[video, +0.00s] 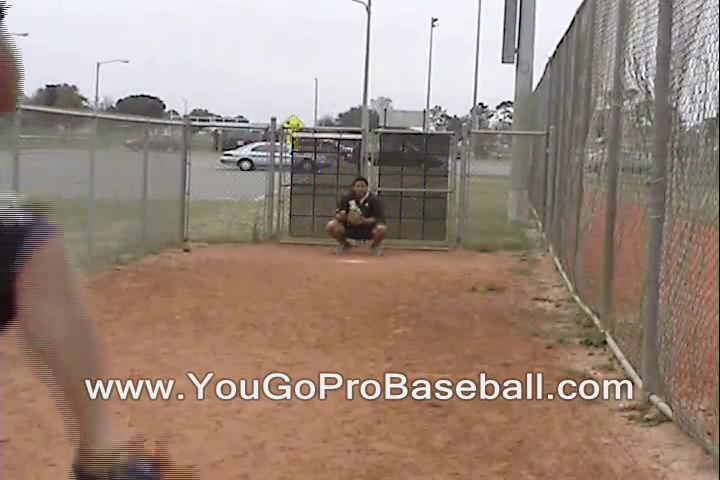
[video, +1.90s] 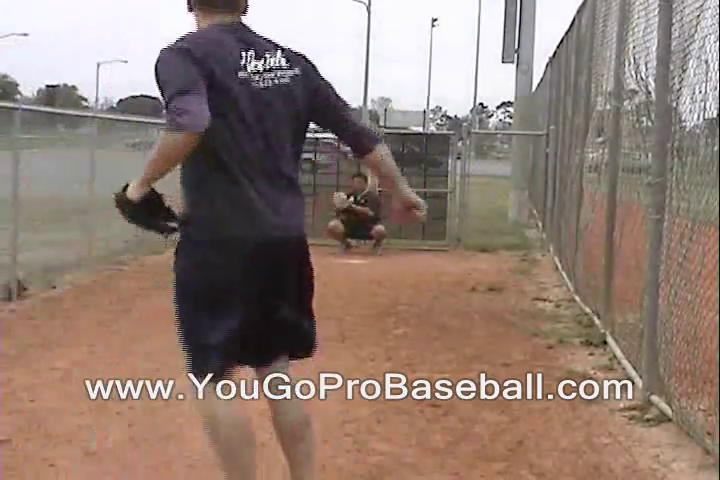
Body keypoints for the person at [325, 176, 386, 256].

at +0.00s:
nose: (360, 189)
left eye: (362, 186)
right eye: (357, 186)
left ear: (367, 188)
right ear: (353, 188)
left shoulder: (374, 200)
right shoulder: (346, 199)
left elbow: (379, 219)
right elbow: (338, 215)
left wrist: (363, 221)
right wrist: (346, 217)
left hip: (366, 227)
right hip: (350, 227)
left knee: (381, 229)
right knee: (331, 226)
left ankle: (375, 246)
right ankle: (344, 244)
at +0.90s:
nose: (361, 186)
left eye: (364, 183)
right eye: (359, 183)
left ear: (368, 185)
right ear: (354, 185)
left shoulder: (374, 198)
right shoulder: (346, 197)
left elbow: (378, 219)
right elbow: (337, 214)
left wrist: (360, 210)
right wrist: (347, 209)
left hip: (365, 226)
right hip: (349, 225)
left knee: (376, 231)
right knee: (332, 225)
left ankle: (376, 244)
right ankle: (346, 244)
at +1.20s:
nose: (360, 187)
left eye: (362, 184)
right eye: (358, 184)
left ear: (366, 186)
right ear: (353, 186)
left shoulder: (373, 198)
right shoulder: (346, 198)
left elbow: (377, 215)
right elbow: (338, 214)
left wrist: (364, 203)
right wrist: (349, 209)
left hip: (367, 227)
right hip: (350, 226)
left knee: (379, 229)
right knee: (333, 225)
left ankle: (376, 245)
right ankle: (346, 245)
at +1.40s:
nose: (357, 187)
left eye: (360, 185)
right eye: (355, 185)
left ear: (364, 187)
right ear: (351, 186)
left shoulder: (371, 197)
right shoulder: (346, 197)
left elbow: (371, 205)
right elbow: (338, 213)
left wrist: (357, 203)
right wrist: (350, 211)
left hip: (367, 227)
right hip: (350, 227)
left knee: (379, 229)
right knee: (334, 225)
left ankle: (377, 245)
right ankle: (346, 244)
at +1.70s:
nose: (356, 188)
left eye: (359, 185)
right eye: (354, 185)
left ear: (364, 186)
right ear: (351, 187)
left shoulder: (371, 198)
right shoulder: (347, 199)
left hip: (367, 229)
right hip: (350, 227)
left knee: (378, 230)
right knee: (332, 225)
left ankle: (377, 244)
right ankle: (346, 244)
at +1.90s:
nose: (357, 185)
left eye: (360, 182)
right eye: (355, 182)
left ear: (365, 184)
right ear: (352, 183)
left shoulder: (372, 196)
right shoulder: (349, 196)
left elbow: (371, 212)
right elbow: (338, 214)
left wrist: (351, 207)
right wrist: (340, 206)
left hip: (366, 225)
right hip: (350, 224)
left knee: (380, 230)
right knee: (332, 227)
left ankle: (377, 245)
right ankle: (346, 244)